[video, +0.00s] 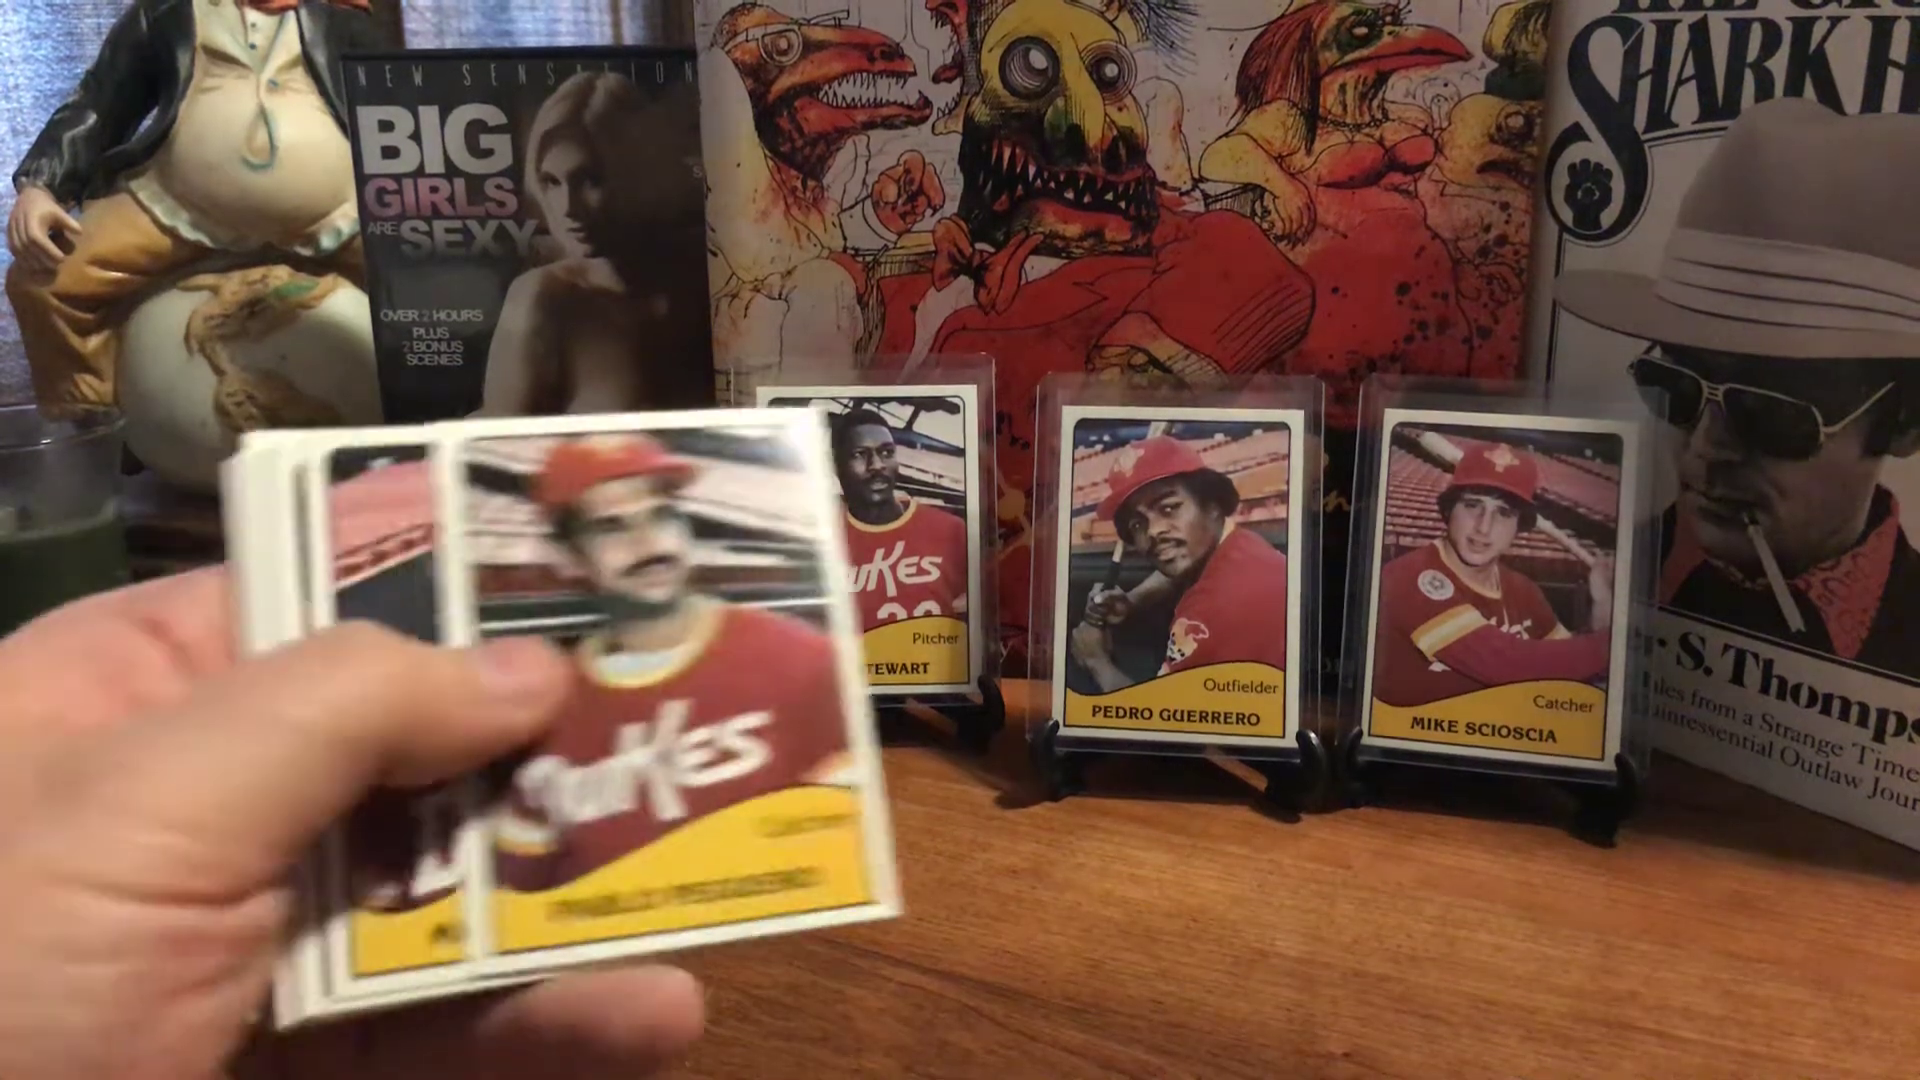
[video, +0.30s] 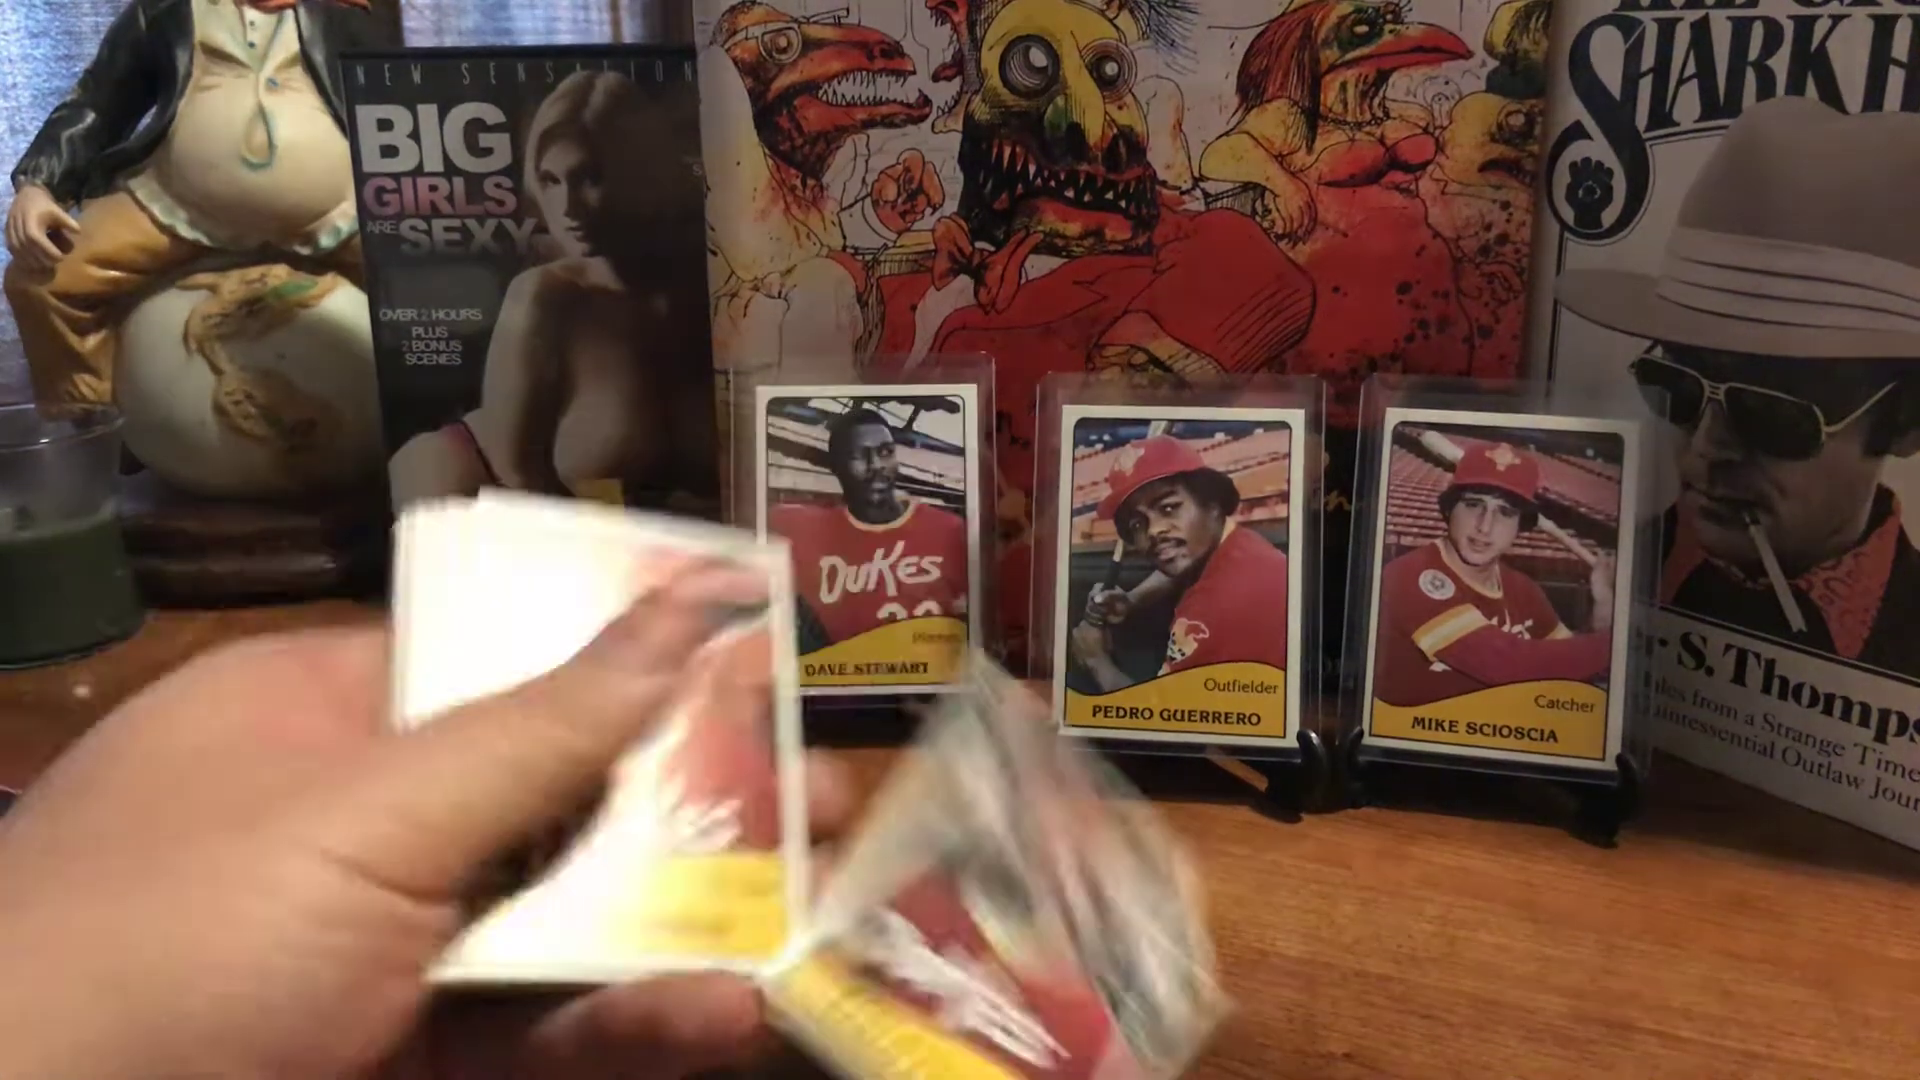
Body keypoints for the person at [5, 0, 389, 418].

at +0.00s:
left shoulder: (347, 21)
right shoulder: (163, 14)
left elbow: (398, 108)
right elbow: (99, 102)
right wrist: (36, 184)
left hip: (339, 213)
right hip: (178, 208)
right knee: (43, 281)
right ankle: (104, 440)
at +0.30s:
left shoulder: (354, 16)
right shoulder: (164, 12)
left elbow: (401, 101)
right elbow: (98, 100)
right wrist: (34, 182)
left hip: (338, 209)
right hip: (177, 203)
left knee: (444, 294)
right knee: (42, 283)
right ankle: (99, 448)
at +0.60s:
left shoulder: (354, 16)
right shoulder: (162, 12)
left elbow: (403, 101)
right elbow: (97, 100)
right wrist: (35, 182)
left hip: (339, 210)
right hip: (177, 204)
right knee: (42, 282)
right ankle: (102, 445)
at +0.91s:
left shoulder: (349, 18)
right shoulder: (163, 12)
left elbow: (402, 102)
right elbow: (98, 101)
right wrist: (36, 182)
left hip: (338, 212)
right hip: (178, 205)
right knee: (42, 283)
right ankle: (104, 445)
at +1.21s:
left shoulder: (347, 20)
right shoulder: (163, 11)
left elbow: (401, 110)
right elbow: (97, 103)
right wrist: (34, 182)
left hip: (335, 214)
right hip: (177, 207)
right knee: (43, 284)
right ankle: (100, 447)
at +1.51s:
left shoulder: (343, 18)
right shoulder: (159, 10)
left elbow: (398, 104)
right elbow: (93, 99)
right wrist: (30, 181)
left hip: (334, 212)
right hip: (174, 206)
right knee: (38, 279)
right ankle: (97, 440)